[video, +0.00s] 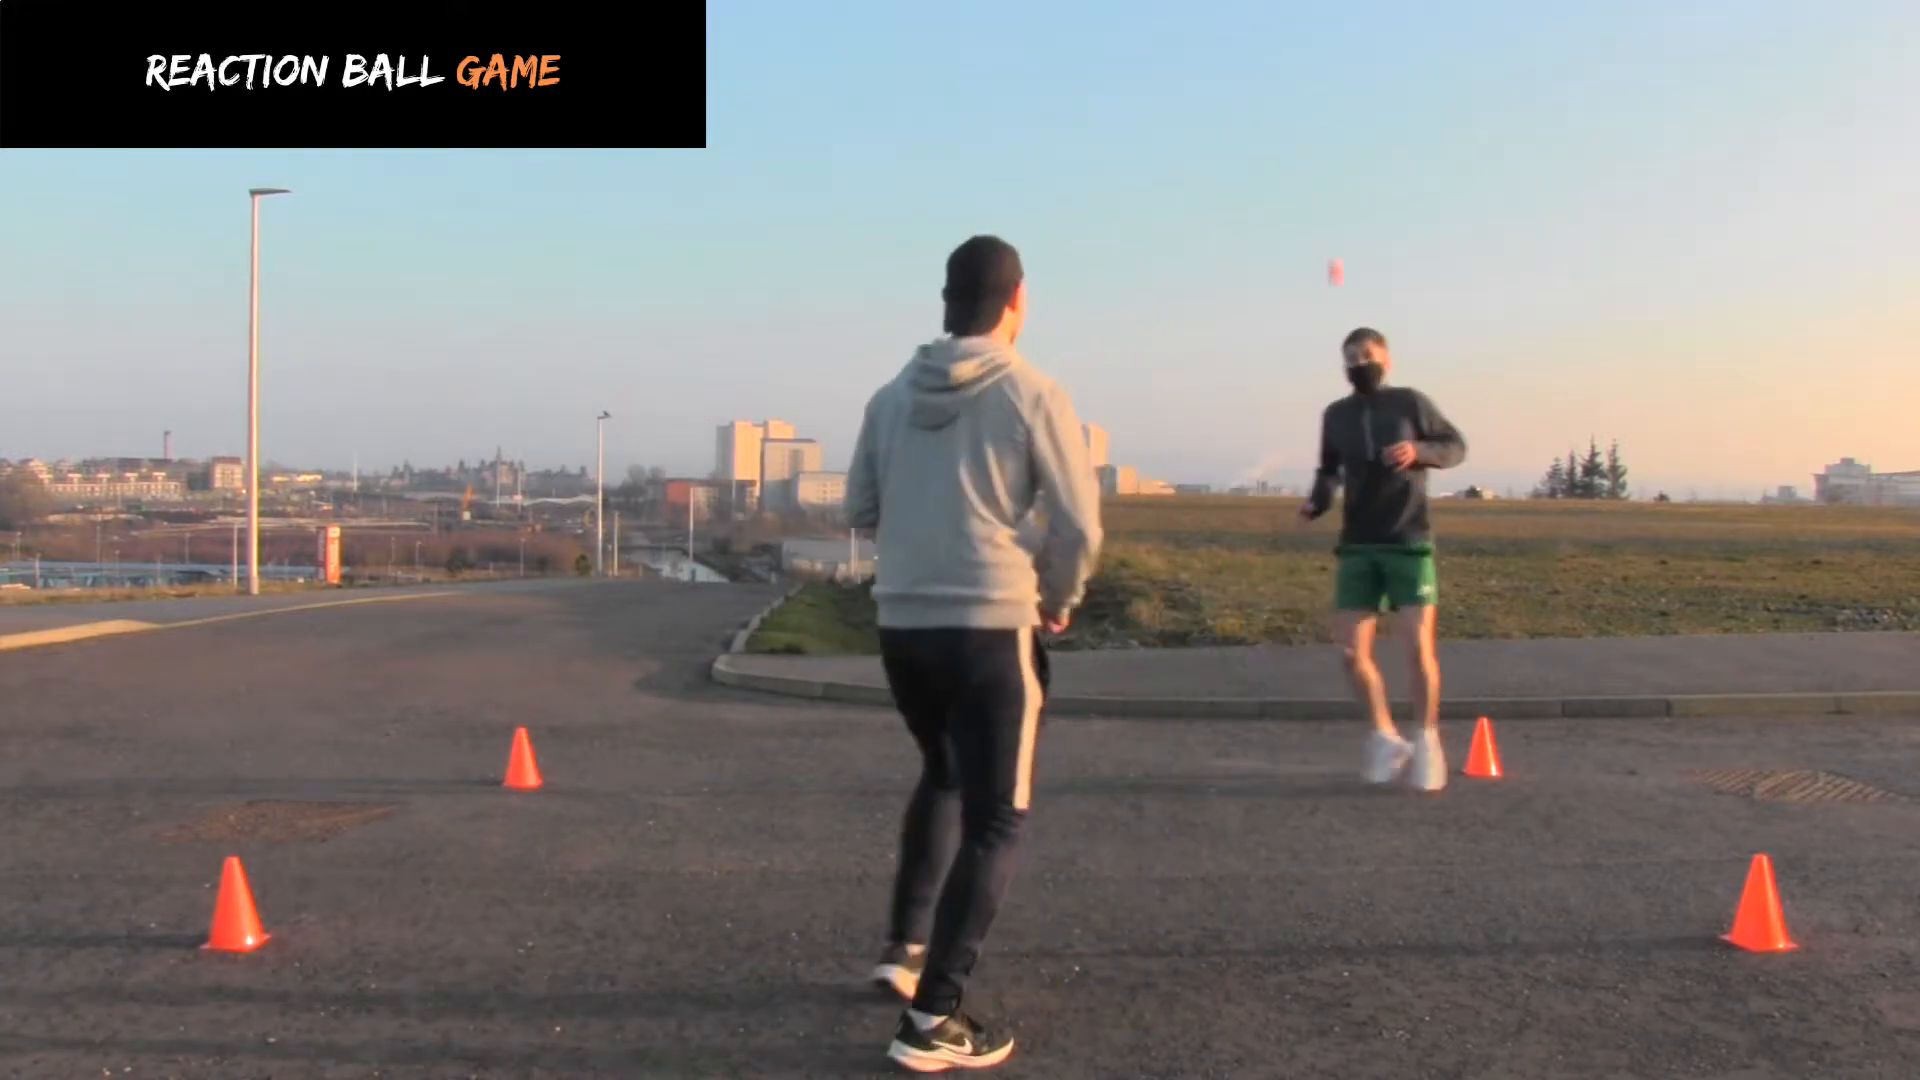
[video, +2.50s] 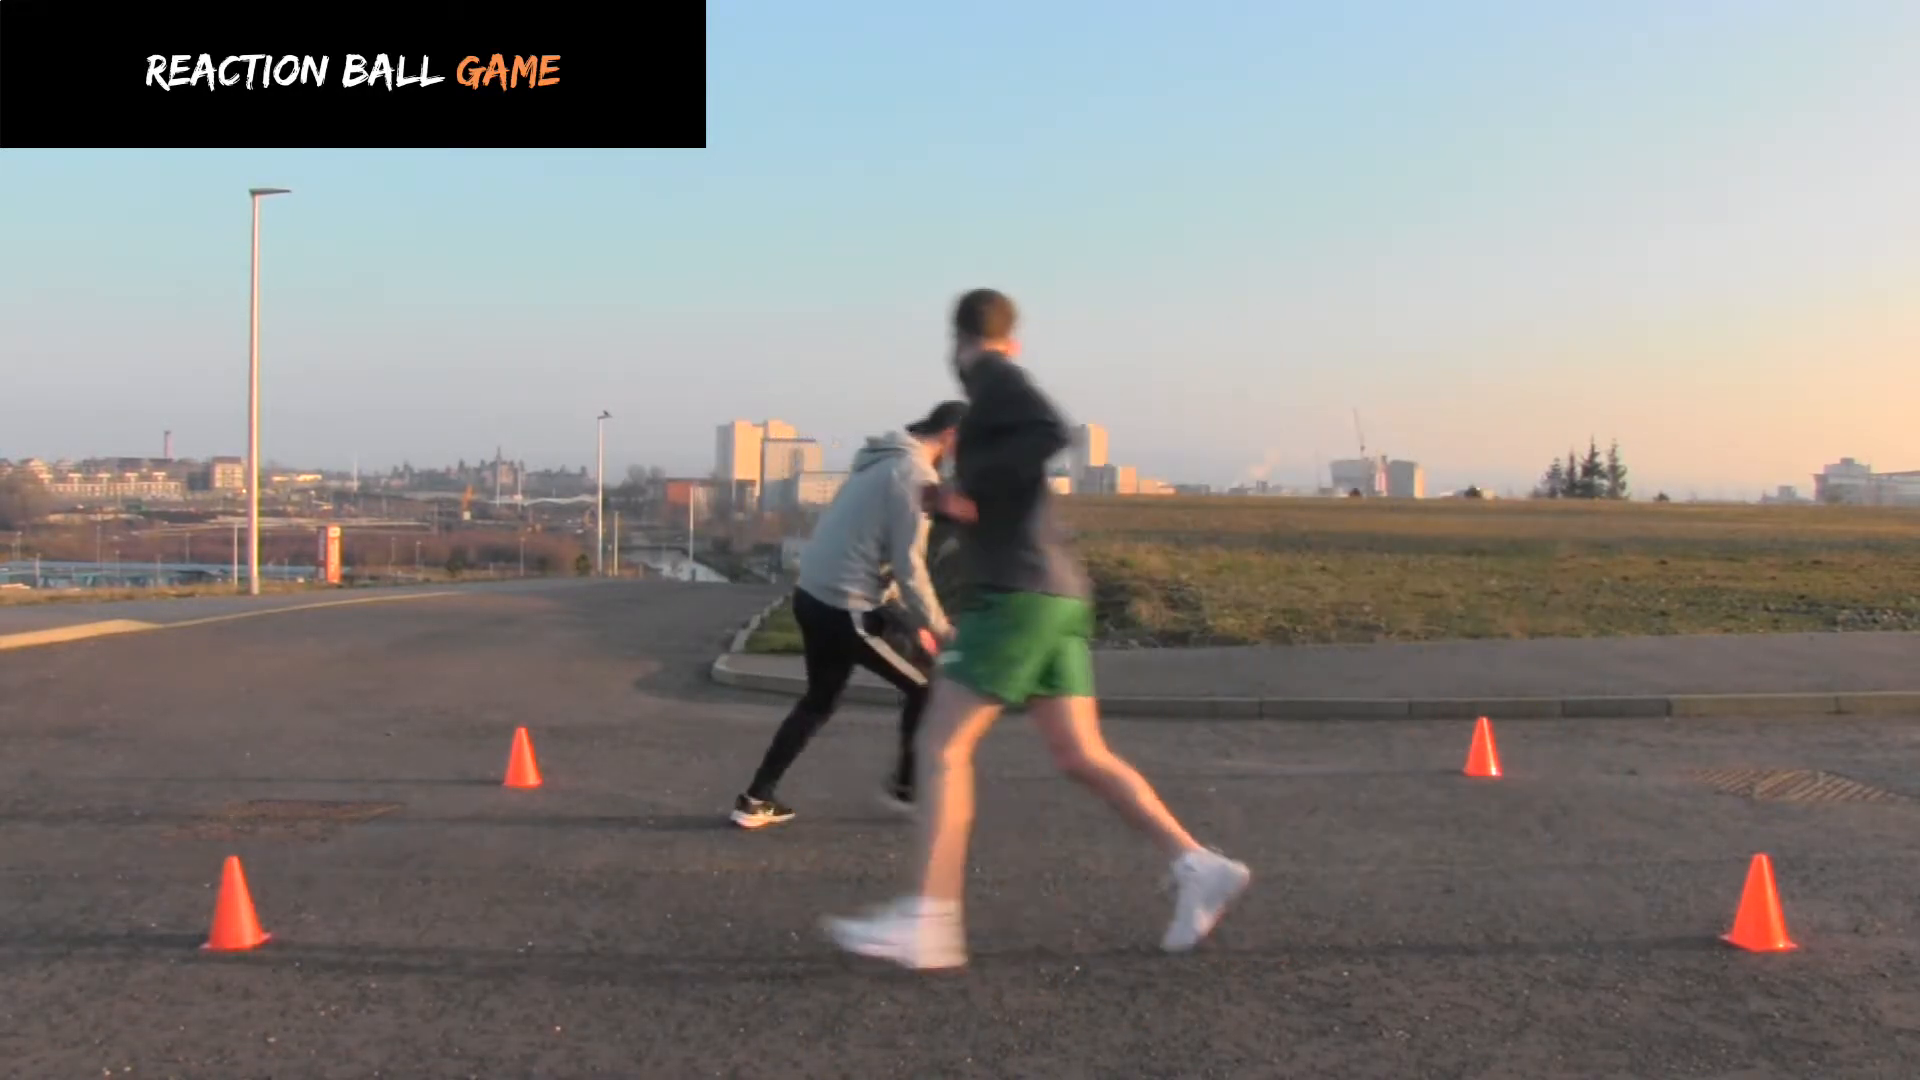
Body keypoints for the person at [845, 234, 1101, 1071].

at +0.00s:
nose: (1026, 308)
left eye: (1018, 295)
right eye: (1025, 297)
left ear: (945, 299)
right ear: (1016, 303)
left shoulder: (894, 397)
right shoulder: (1031, 393)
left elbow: (860, 506)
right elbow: (1078, 527)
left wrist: (933, 524)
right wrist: (1058, 601)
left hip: (902, 631)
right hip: (990, 634)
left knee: (943, 776)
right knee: (997, 822)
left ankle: (906, 947)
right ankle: (934, 1017)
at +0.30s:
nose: (958, 292)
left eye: (954, 277)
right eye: (956, 279)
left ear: (883, 280)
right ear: (939, 283)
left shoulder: (832, 371)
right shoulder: (946, 364)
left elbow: (786, 490)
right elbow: (970, 481)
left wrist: (861, 516)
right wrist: (980, 581)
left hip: (821, 601)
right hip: (896, 605)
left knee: (838, 790)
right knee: (941, 795)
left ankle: (800, 984)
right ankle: (871, 990)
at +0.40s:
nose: (933, 306)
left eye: (929, 292)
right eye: (931, 293)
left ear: (863, 291)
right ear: (913, 294)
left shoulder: (804, 384)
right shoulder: (919, 380)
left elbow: (755, 493)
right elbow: (932, 505)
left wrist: (808, 556)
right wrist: (946, 604)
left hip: (797, 617)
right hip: (870, 620)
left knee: (826, 793)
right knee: (901, 804)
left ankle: (793, 979)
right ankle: (774, 957)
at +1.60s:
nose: (887, 318)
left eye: (885, 305)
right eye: (883, 306)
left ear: (824, 312)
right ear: (864, 314)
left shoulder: (782, 389)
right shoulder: (863, 391)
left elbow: (758, 484)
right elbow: (876, 500)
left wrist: (798, 547)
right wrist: (902, 589)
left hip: (774, 579)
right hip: (827, 582)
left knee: (814, 714)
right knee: (850, 738)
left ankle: (774, 852)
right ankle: (823, 906)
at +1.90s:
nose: (850, 373)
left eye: (850, 361)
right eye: (848, 362)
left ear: (798, 360)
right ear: (827, 363)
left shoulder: (765, 426)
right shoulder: (822, 430)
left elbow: (822, 504)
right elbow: (838, 524)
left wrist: (891, 479)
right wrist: (871, 605)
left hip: (754, 612)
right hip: (806, 615)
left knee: (785, 737)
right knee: (880, 741)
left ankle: (724, 864)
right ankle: (828, 860)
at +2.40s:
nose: (947, 446)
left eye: (951, 434)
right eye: (948, 432)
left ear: (917, 417)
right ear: (923, 418)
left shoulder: (858, 450)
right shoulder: (892, 463)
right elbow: (883, 555)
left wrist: (899, 596)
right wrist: (910, 624)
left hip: (797, 594)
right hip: (831, 603)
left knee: (804, 695)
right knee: (906, 695)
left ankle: (752, 801)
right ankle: (823, 770)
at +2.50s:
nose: (959, 454)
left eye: (960, 445)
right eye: (961, 444)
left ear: (930, 427)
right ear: (950, 435)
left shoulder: (882, 460)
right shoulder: (912, 475)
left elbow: (881, 563)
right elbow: (908, 563)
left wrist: (915, 628)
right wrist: (941, 625)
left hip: (813, 596)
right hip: (846, 607)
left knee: (819, 699)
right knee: (921, 685)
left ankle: (757, 796)